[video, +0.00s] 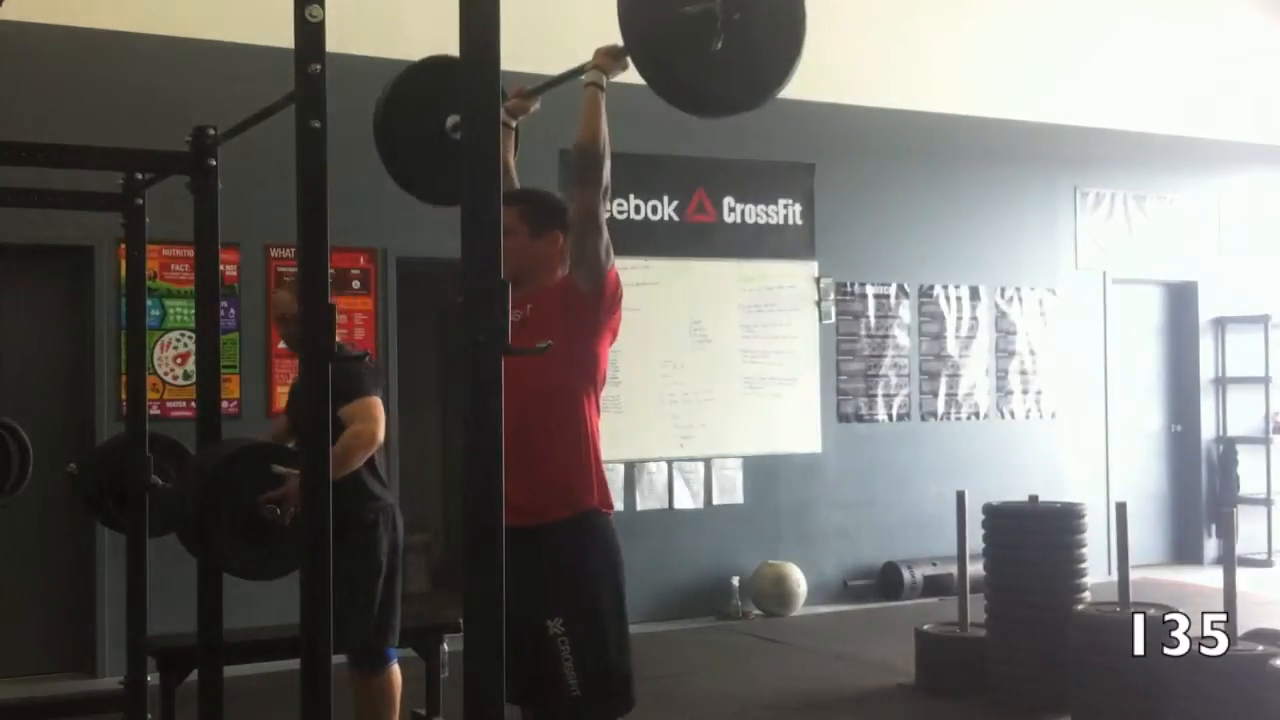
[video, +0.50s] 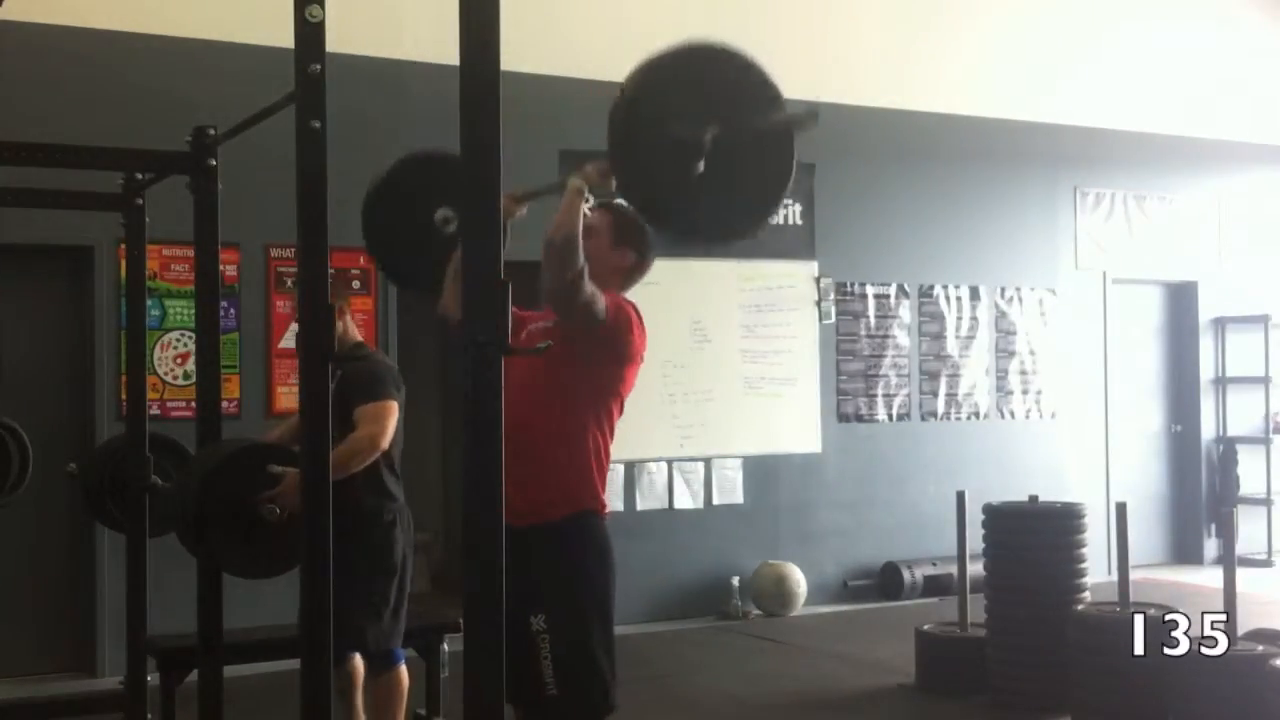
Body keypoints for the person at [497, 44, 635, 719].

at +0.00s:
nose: (499, 242)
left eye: (509, 229)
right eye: (497, 230)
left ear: (552, 238)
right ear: (509, 240)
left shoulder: (586, 298)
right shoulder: (501, 305)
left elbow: (589, 183)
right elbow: (496, 212)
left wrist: (595, 79)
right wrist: (507, 128)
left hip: (573, 523)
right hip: (504, 524)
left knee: (601, 689)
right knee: (523, 686)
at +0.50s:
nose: (573, 239)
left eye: (591, 232)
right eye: (575, 231)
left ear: (624, 260)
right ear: (563, 251)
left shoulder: (618, 326)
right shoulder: (530, 323)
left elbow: (562, 282)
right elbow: (456, 308)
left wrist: (576, 186)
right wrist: (488, 225)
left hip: (568, 527)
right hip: (503, 524)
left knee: (583, 686)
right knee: (508, 679)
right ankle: (535, 709)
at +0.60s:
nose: (579, 237)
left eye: (598, 233)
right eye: (582, 229)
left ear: (632, 265)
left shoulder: (622, 330)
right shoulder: (528, 330)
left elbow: (559, 311)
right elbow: (450, 329)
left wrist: (572, 224)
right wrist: (487, 253)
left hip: (566, 532)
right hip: (500, 529)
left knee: (577, 690)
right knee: (506, 685)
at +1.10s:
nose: (542, 247)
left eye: (559, 239)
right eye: (547, 238)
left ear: (602, 255)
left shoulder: (603, 339)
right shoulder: (528, 337)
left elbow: (543, 430)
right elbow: (468, 430)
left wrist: (564, 334)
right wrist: (453, 341)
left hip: (556, 543)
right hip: (503, 542)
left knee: (564, 699)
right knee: (500, 697)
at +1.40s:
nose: (521, 251)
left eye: (538, 242)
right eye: (519, 240)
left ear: (577, 256)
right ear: (513, 244)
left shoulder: (582, 328)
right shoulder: (498, 320)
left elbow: (527, 431)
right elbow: (449, 426)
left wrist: (533, 341)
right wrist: (454, 340)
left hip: (540, 528)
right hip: (483, 526)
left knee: (531, 685)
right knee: (484, 679)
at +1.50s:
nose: (517, 253)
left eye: (534, 244)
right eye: (513, 241)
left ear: (569, 258)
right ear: (505, 246)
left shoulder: (573, 328)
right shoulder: (490, 320)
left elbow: (522, 432)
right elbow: (438, 428)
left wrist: (519, 347)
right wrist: (444, 342)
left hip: (530, 529)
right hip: (473, 527)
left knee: (523, 685)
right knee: (476, 679)